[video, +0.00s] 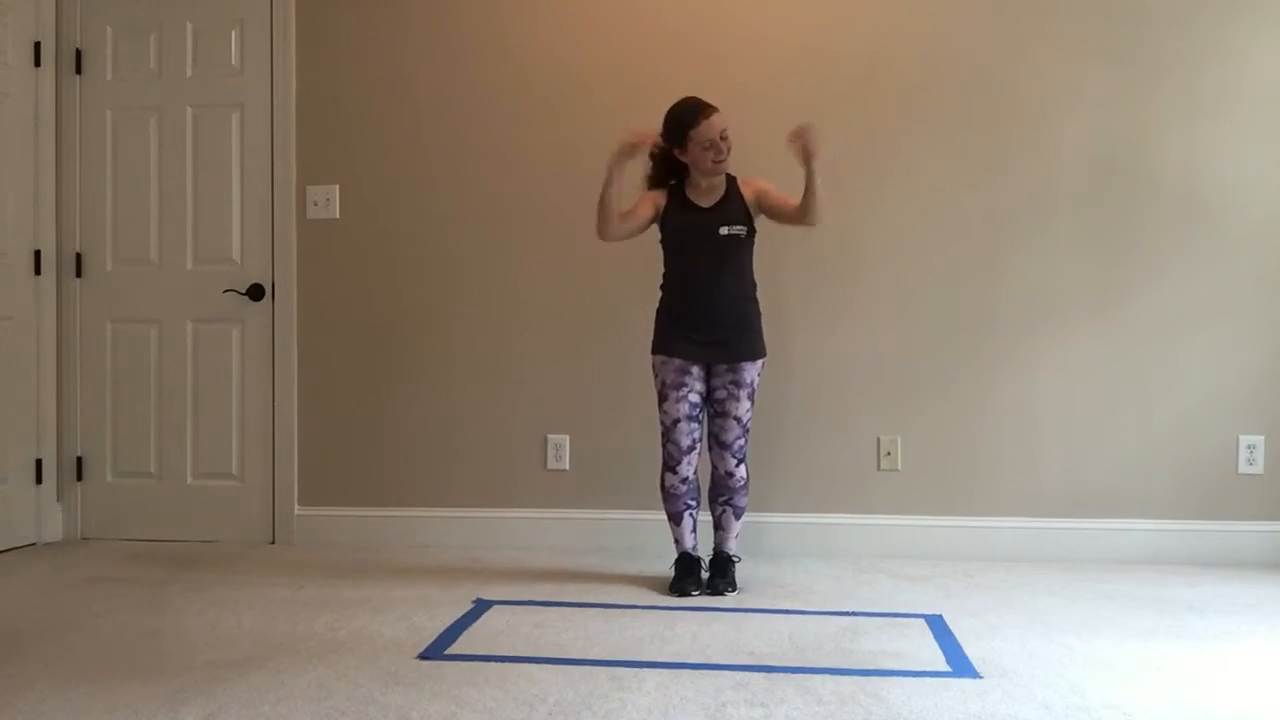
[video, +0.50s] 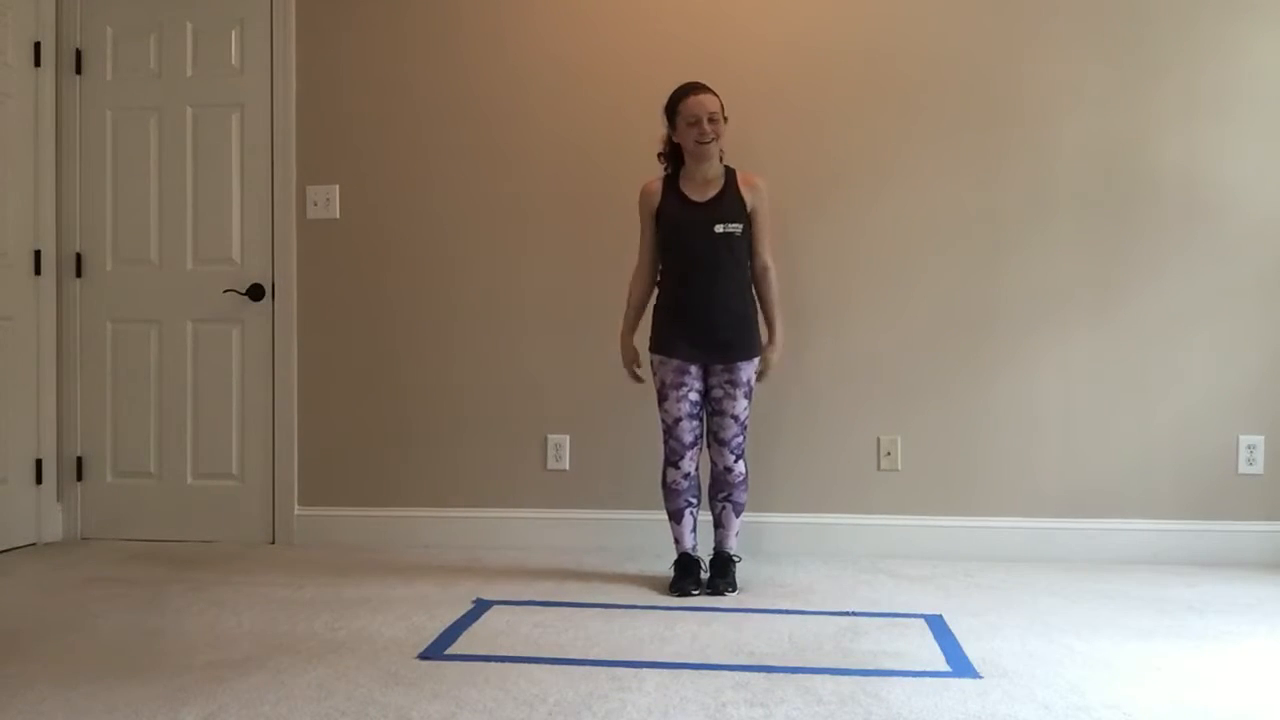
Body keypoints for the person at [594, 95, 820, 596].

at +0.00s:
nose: (722, 147)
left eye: (725, 137)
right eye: (709, 143)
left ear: (730, 138)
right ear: (682, 152)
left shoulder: (747, 191)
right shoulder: (663, 200)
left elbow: (805, 214)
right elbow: (609, 230)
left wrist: (810, 166)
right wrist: (617, 165)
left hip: (739, 343)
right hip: (679, 342)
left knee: (730, 451)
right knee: (680, 451)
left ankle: (724, 556)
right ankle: (686, 558)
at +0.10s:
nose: (718, 145)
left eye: (721, 135)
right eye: (705, 140)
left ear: (727, 135)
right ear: (679, 149)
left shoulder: (746, 190)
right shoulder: (660, 200)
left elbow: (820, 198)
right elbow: (589, 228)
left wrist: (793, 198)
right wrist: (634, 206)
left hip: (739, 343)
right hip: (680, 343)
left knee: (729, 452)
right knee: (681, 451)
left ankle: (724, 555)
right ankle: (686, 558)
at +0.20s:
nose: (713, 140)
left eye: (719, 129)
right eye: (700, 133)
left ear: (727, 129)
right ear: (677, 141)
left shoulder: (749, 184)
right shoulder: (658, 195)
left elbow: (817, 210)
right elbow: (595, 235)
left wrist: (794, 250)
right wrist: (625, 266)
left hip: (738, 340)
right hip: (678, 341)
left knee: (728, 451)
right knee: (681, 450)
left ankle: (724, 556)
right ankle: (686, 558)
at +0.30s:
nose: (710, 134)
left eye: (717, 124)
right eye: (696, 126)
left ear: (726, 128)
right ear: (675, 134)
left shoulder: (750, 186)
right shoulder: (657, 193)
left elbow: (806, 239)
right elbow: (620, 256)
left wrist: (799, 305)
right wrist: (608, 316)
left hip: (738, 340)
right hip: (677, 341)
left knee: (728, 450)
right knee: (681, 449)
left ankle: (724, 556)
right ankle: (686, 557)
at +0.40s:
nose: (708, 131)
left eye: (715, 121)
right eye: (695, 123)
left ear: (725, 126)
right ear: (674, 131)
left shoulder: (748, 188)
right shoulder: (656, 194)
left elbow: (774, 264)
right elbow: (643, 272)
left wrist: (798, 332)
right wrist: (610, 340)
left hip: (737, 343)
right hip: (676, 343)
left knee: (728, 450)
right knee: (681, 450)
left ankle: (724, 555)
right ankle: (685, 557)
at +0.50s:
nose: (705, 129)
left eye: (713, 119)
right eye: (693, 121)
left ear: (724, 125)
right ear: (674, 130)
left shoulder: (750, 188)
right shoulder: (656, 192)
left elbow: (762, 265)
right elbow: (646, 268)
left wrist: (774, 333)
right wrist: (628, 333)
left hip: (736, 344)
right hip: (675, 343)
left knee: (728, 451)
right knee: (680, 451)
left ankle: (724, 555)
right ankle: (686, 557)